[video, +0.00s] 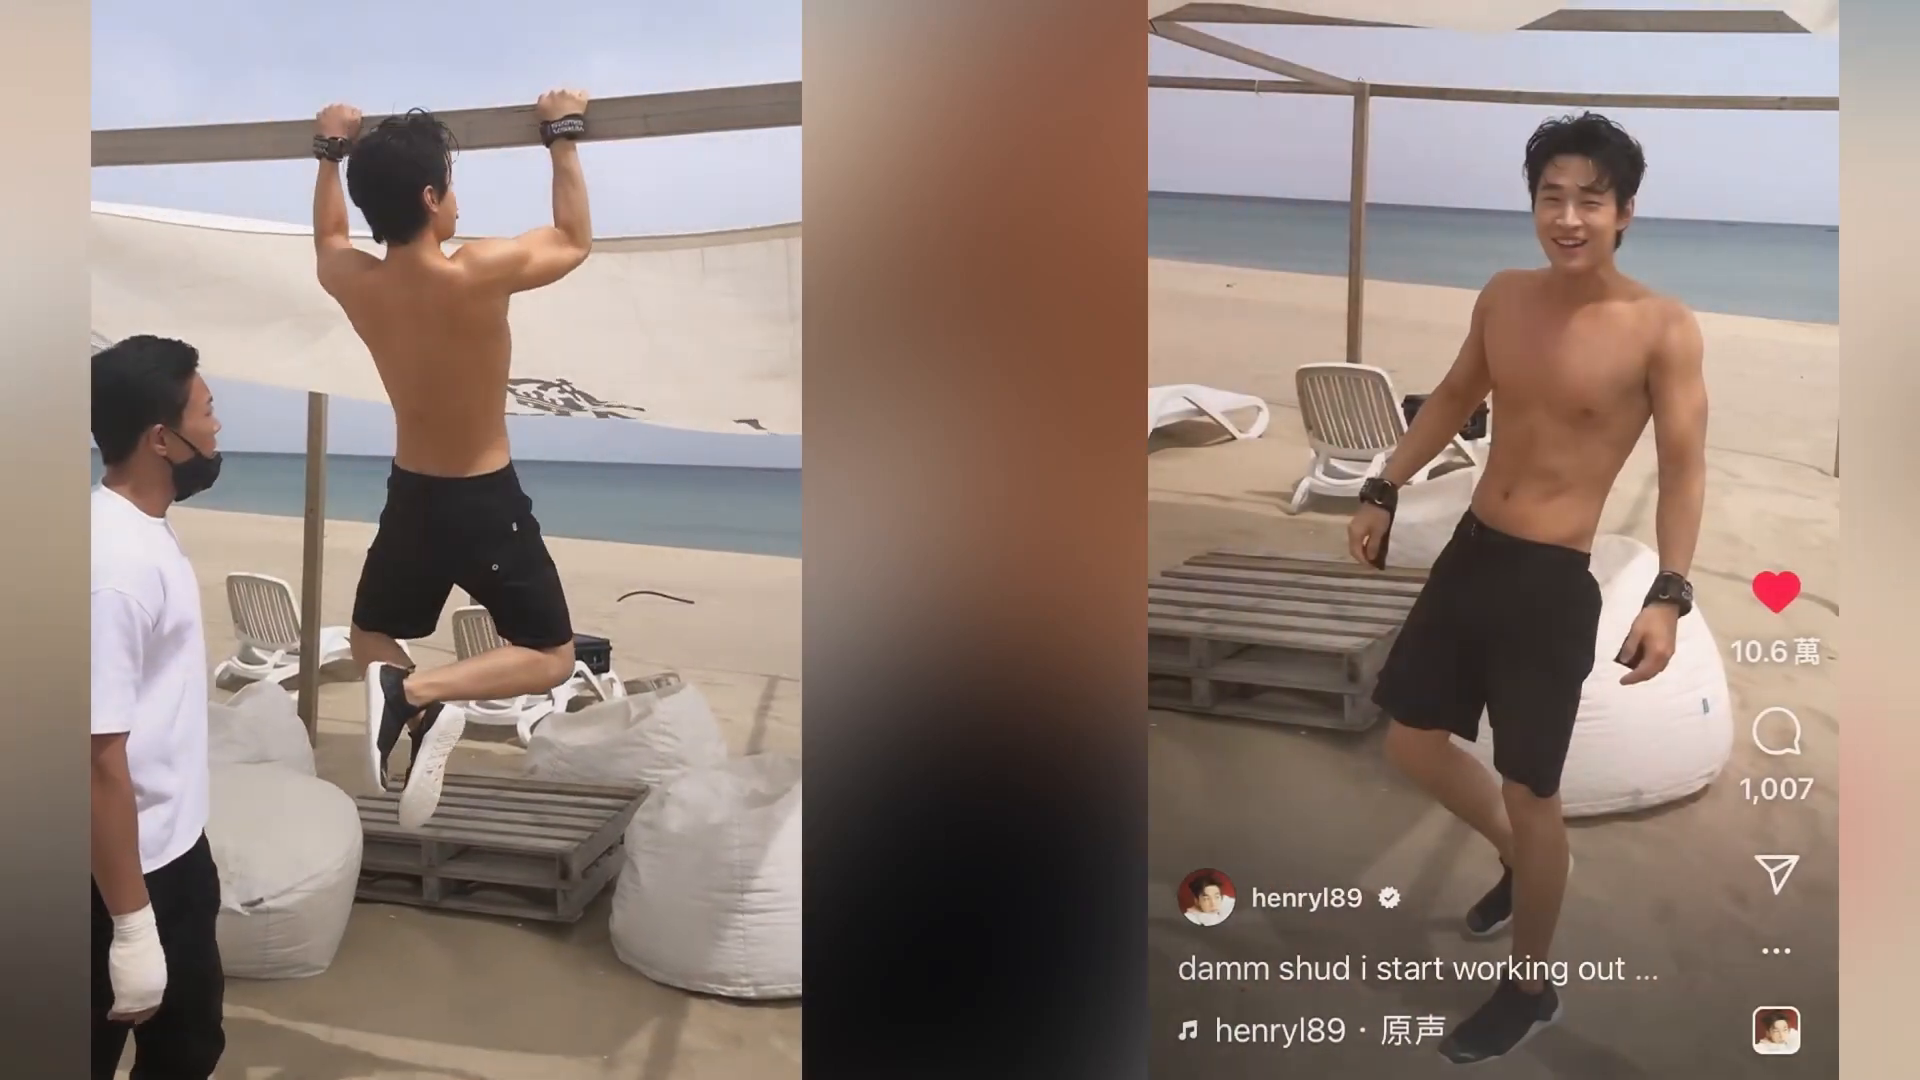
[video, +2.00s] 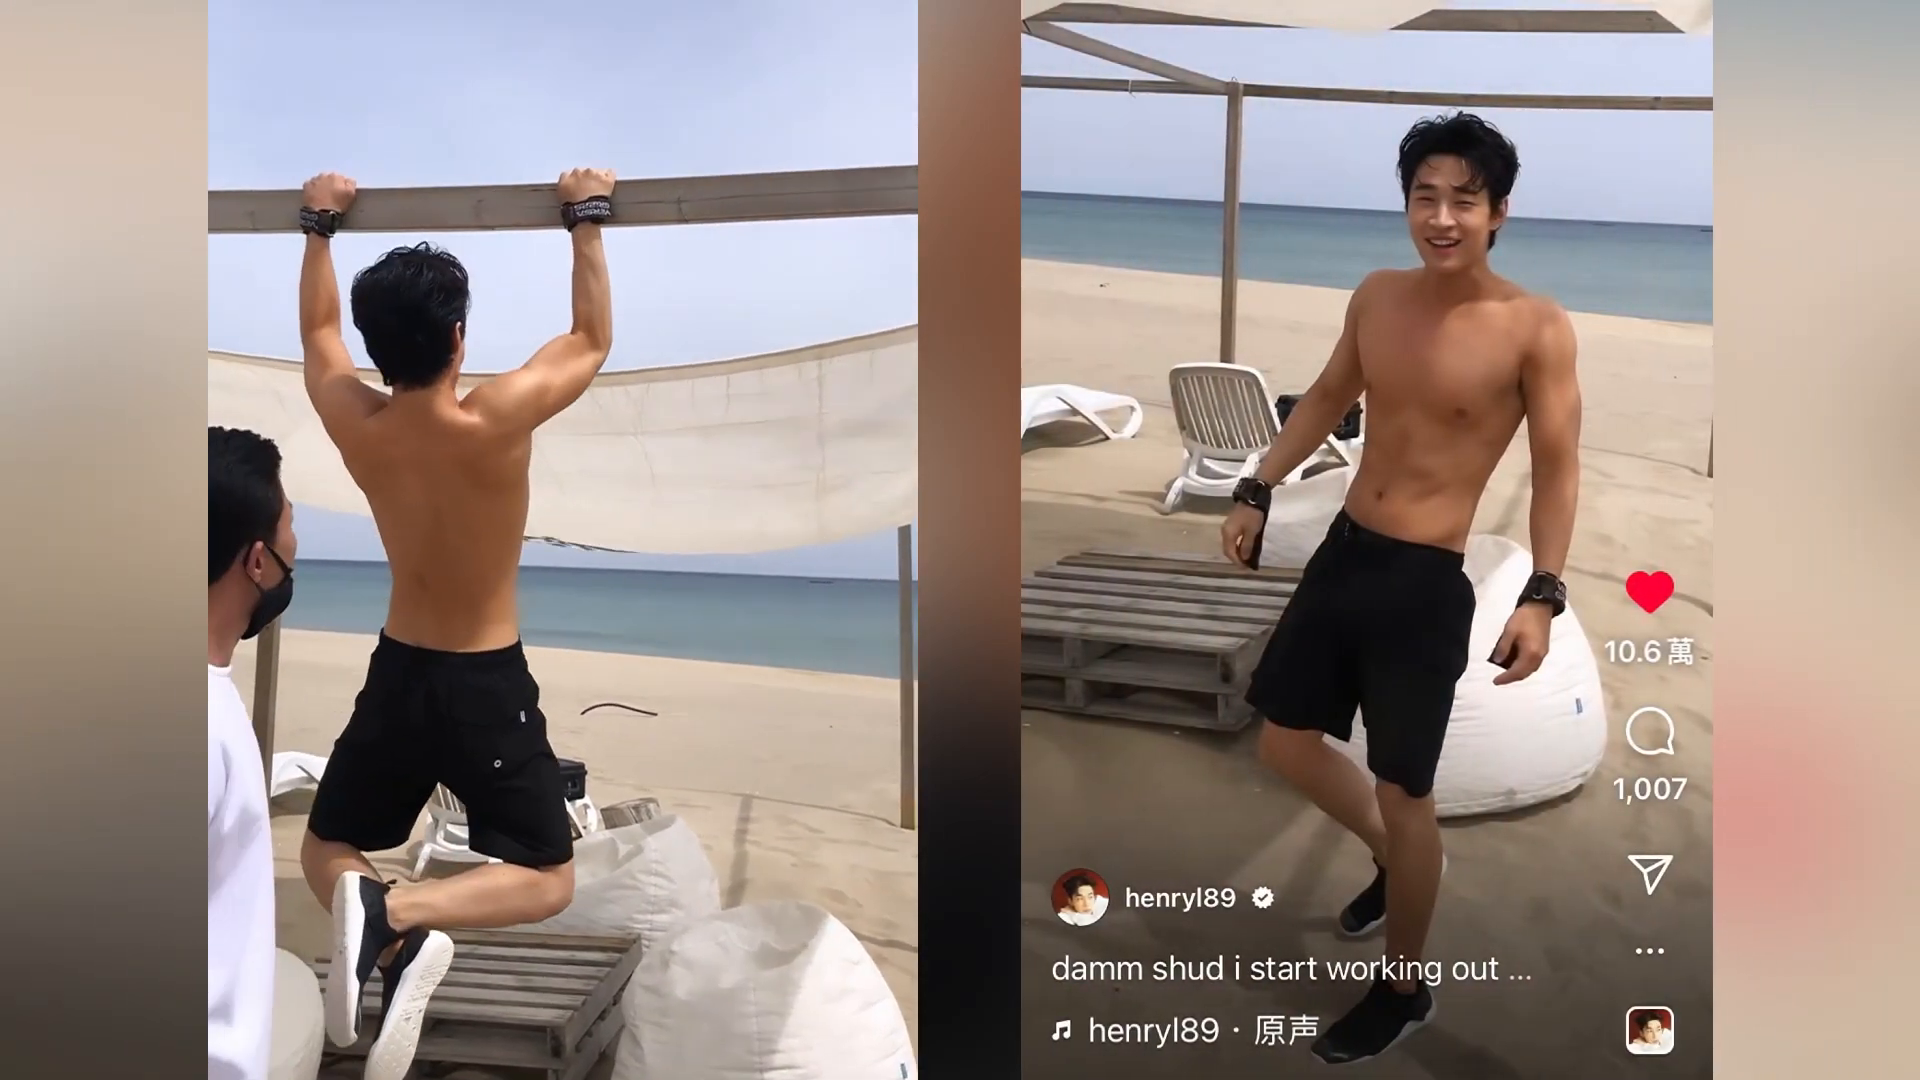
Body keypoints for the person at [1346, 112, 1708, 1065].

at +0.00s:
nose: (1567, 217)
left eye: (1589, 199)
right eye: (1551, 197)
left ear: (1625, 210)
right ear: (1532, 207)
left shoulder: (1661, 327)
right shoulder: (1505, 296)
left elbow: (1682, 469)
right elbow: (1457, 397)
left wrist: (1667, 596)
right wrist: (1382, 485)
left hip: (1553, 580)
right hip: (1471, 554)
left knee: (1529, 800)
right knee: (1411, 743)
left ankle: (1529, 982)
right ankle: (1523, 848)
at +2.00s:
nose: (1440, 216)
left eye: (1462, 198)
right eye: (1425, 197)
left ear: (1498, 210)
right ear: (1406, 208)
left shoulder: (1534, 327)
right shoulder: (1378, 297)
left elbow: (1556, 468)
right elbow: (1330, 397)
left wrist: (1540, 595)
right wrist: (1256, 484)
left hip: (1427, 579)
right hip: (1345, 554)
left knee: (1402, 798)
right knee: (1284, 742)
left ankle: (1402, 982)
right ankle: (1398, 847)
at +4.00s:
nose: (1440, 216)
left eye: (1462, 198)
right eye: (1424, 197)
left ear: (1498, 210)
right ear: (1406, 208)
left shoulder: (1534, 328)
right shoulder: (1378, 297)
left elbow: (1556, 468)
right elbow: (1329, 398)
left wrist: (1540, 595)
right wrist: (1256, 484)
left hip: (1427, 579)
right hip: (1345, 554)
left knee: (1402, 799)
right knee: (1284, 742)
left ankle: (1402, 981)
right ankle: (1398, 847)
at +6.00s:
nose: (1440, 216)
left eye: (1461, 198)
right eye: (1424, 197)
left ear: (1498, 210)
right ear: (1406, 208)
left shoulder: (1535, 328)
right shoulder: (1379, 296)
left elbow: (1556, 468)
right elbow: (1330, 398)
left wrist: (1541, 595)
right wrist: (1255, 484)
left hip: (1426, 579)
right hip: (1345, 553)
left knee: (1402, 800)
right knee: (1285, 742)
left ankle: (1403, 980)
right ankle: (1399, 848)